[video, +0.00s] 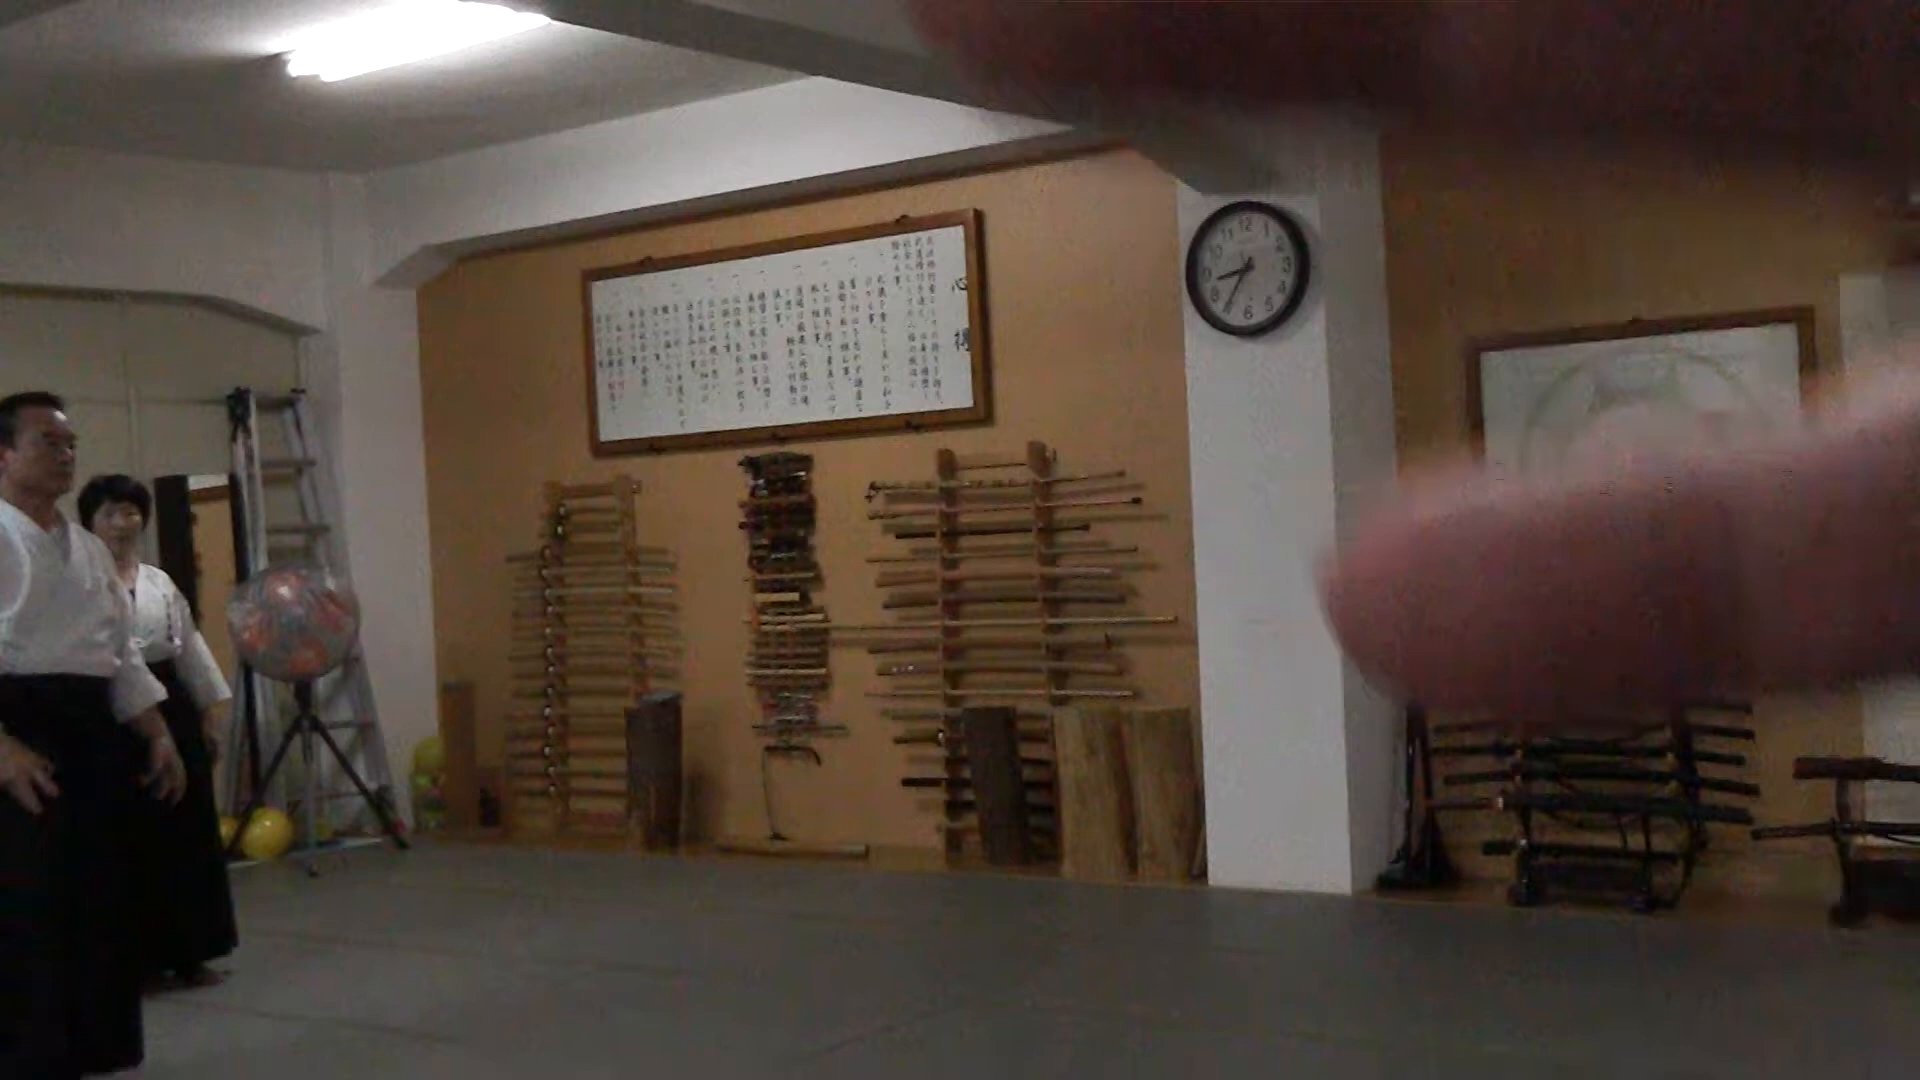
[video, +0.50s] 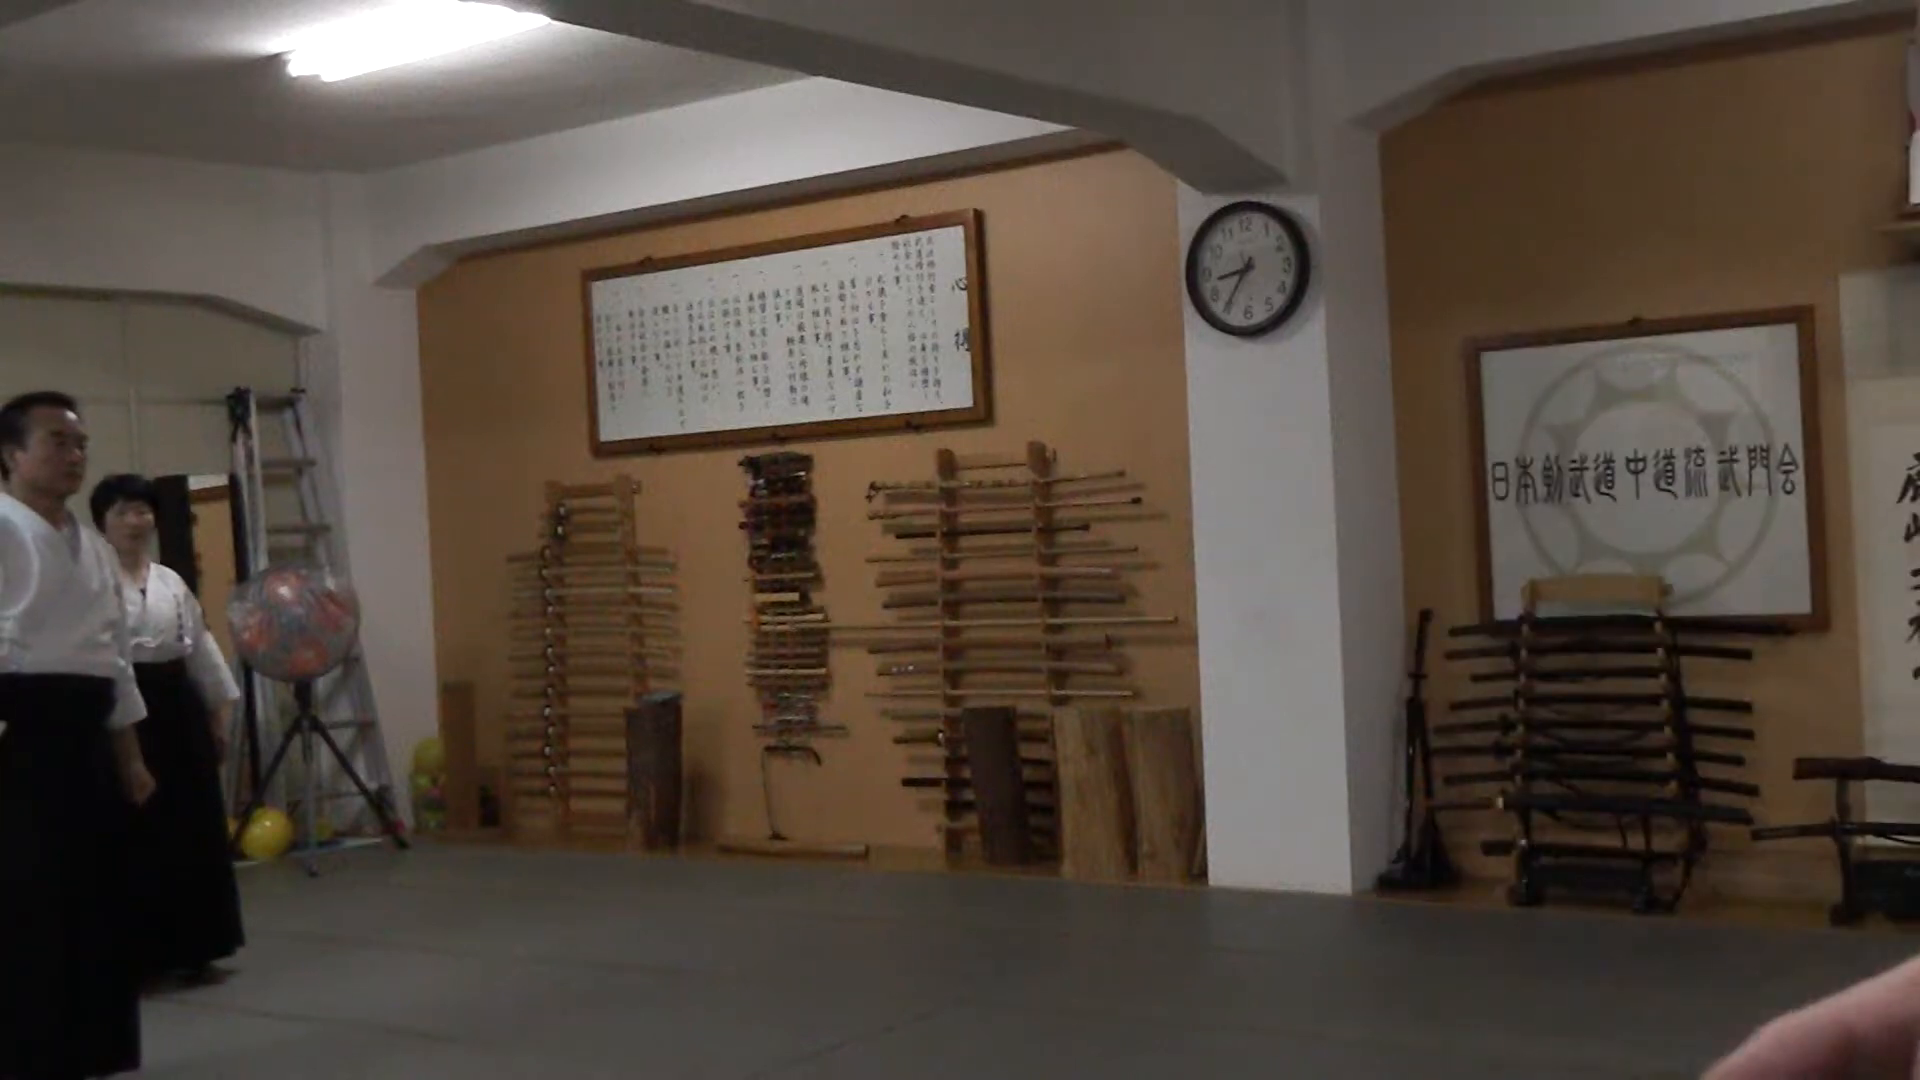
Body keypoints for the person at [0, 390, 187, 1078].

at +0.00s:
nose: (68, 454)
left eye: (71, 443)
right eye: (51, 443)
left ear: (75, 455)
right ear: (7, 454)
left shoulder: (88, 547)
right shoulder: (3, 534)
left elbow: (119, 652)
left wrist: (156, 727)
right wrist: (1, 744)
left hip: (94, 718)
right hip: (22, 718)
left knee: (102, 880)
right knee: (32, 890)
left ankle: (100, 1045)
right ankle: (34, 1052)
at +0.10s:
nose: (73, 454)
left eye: (76, 443)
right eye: (55, 442)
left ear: (80, 456)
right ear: (9, 454)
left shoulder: (91, 547)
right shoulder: (3, 531)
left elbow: (121, 652)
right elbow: (1, 649)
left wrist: (157, 731)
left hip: (94, 719)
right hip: (23, 720)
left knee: (101, 884)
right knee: (33, 892)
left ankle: (99, 1048)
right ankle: (35, 1053)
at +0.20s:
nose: (77, 453)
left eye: (80, 442)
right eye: (60, 441)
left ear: (81, 454)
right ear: (15, 455)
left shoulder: (93, 545)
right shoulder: (6, 529)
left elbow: (124, 652)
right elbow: (4, 649)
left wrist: (153, 742)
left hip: (95, 715)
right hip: (27, 715)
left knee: (103, 879)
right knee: (40, 885)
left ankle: (100, 1043)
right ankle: (40, 1049)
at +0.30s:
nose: (79, 452)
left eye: (82, 441)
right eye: (62, 440)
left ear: (82, 454)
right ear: (16, 455)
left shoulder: (93, 546)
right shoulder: (8, 528)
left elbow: (120, 650)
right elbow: (6, 643)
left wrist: (142, 748)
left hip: (93, 712)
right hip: (27, 713)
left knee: (98, 876)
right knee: (36, 881)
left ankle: (97, 1041)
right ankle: (37, 1046)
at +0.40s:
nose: (80, 452)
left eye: (82, 441)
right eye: (62, 440)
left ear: (83, 455)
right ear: (16, 455)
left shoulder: (93, 546)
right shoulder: (10, 529)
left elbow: (116, 652)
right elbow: (7, 640)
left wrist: (134, 751)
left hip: (90, 713)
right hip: (26, 713)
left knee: (98, 875)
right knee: (36, 881)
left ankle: (98, 1042)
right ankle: (38, 1047)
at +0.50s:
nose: (75, 451)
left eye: (79, 441)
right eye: (58, 439)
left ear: (81, 454)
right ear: (13, 454)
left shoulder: (89, 541)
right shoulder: (7, 527)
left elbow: (113, 648)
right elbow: (5, 640)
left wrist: (130, 749)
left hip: (88, 715)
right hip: (22, 713)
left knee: (94, 879)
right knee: (32, 884)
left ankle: (95, 1044)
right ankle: (35, 1049)